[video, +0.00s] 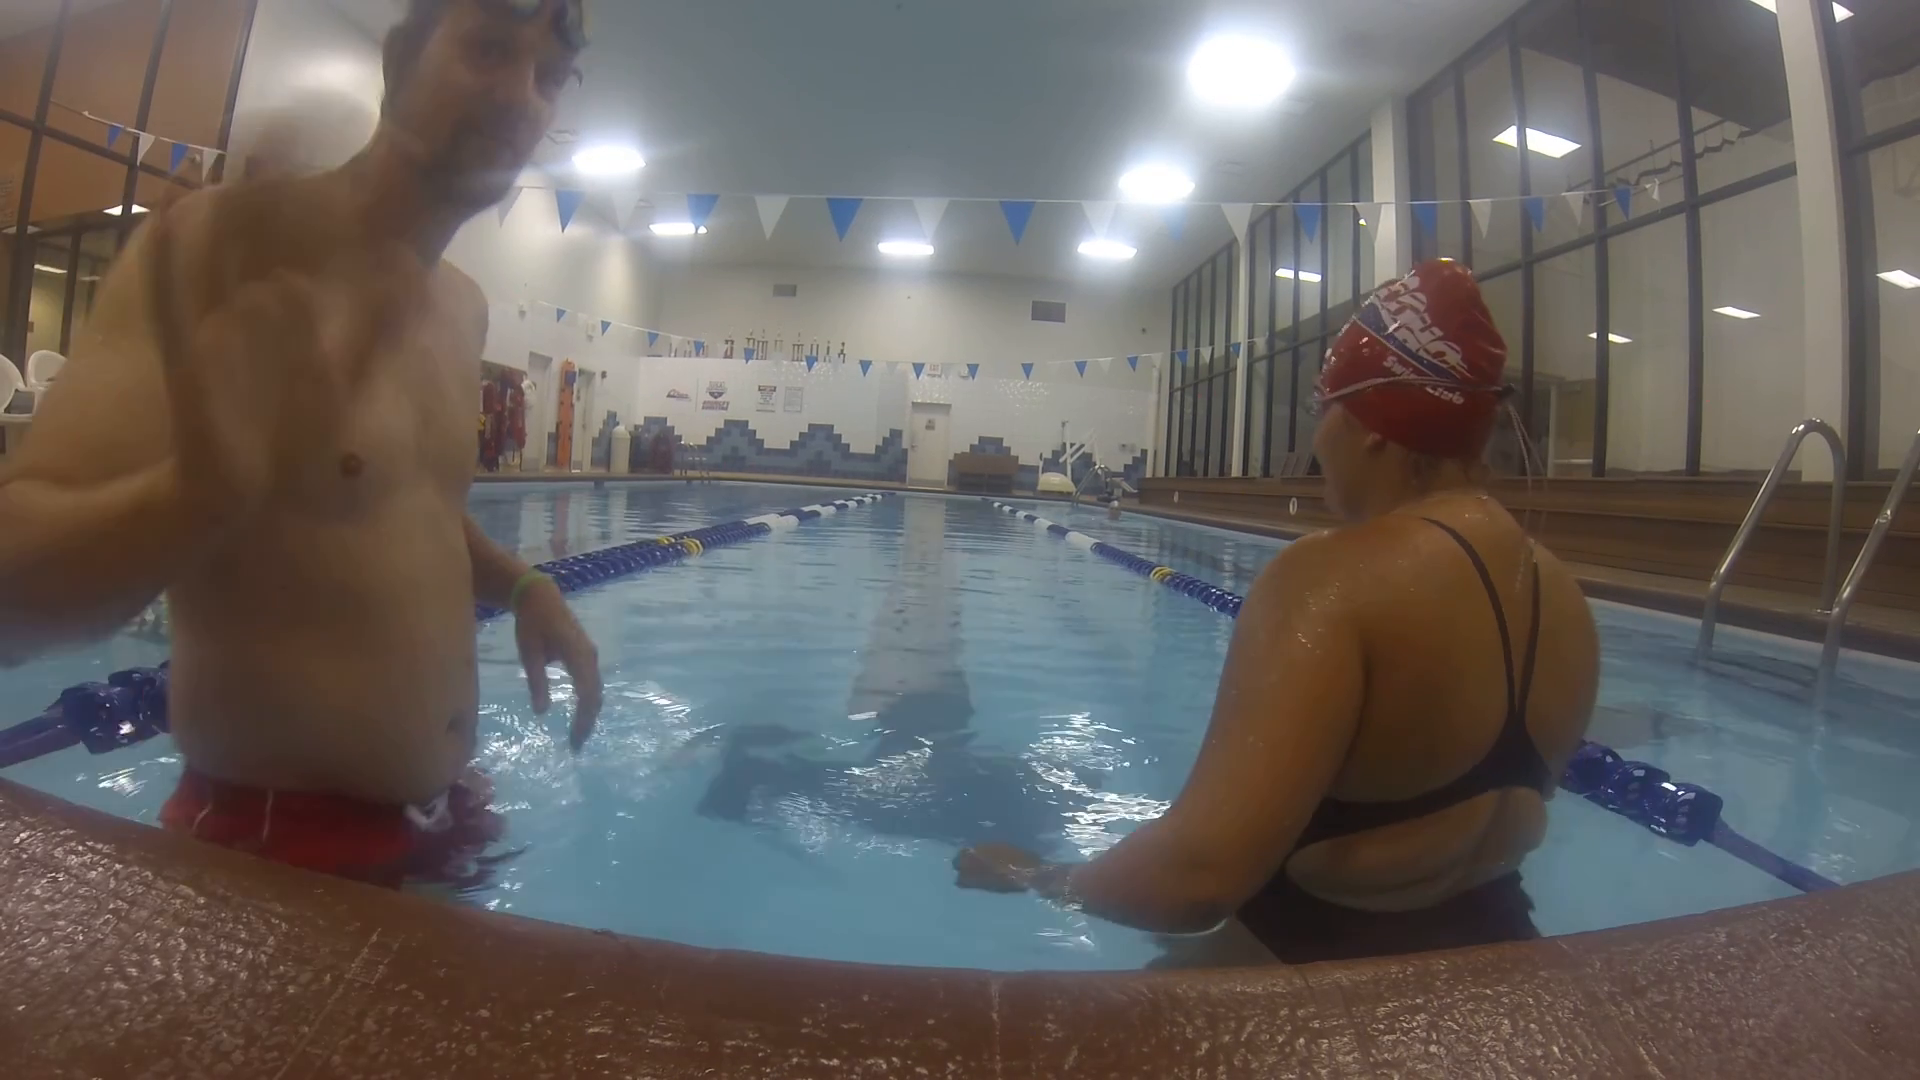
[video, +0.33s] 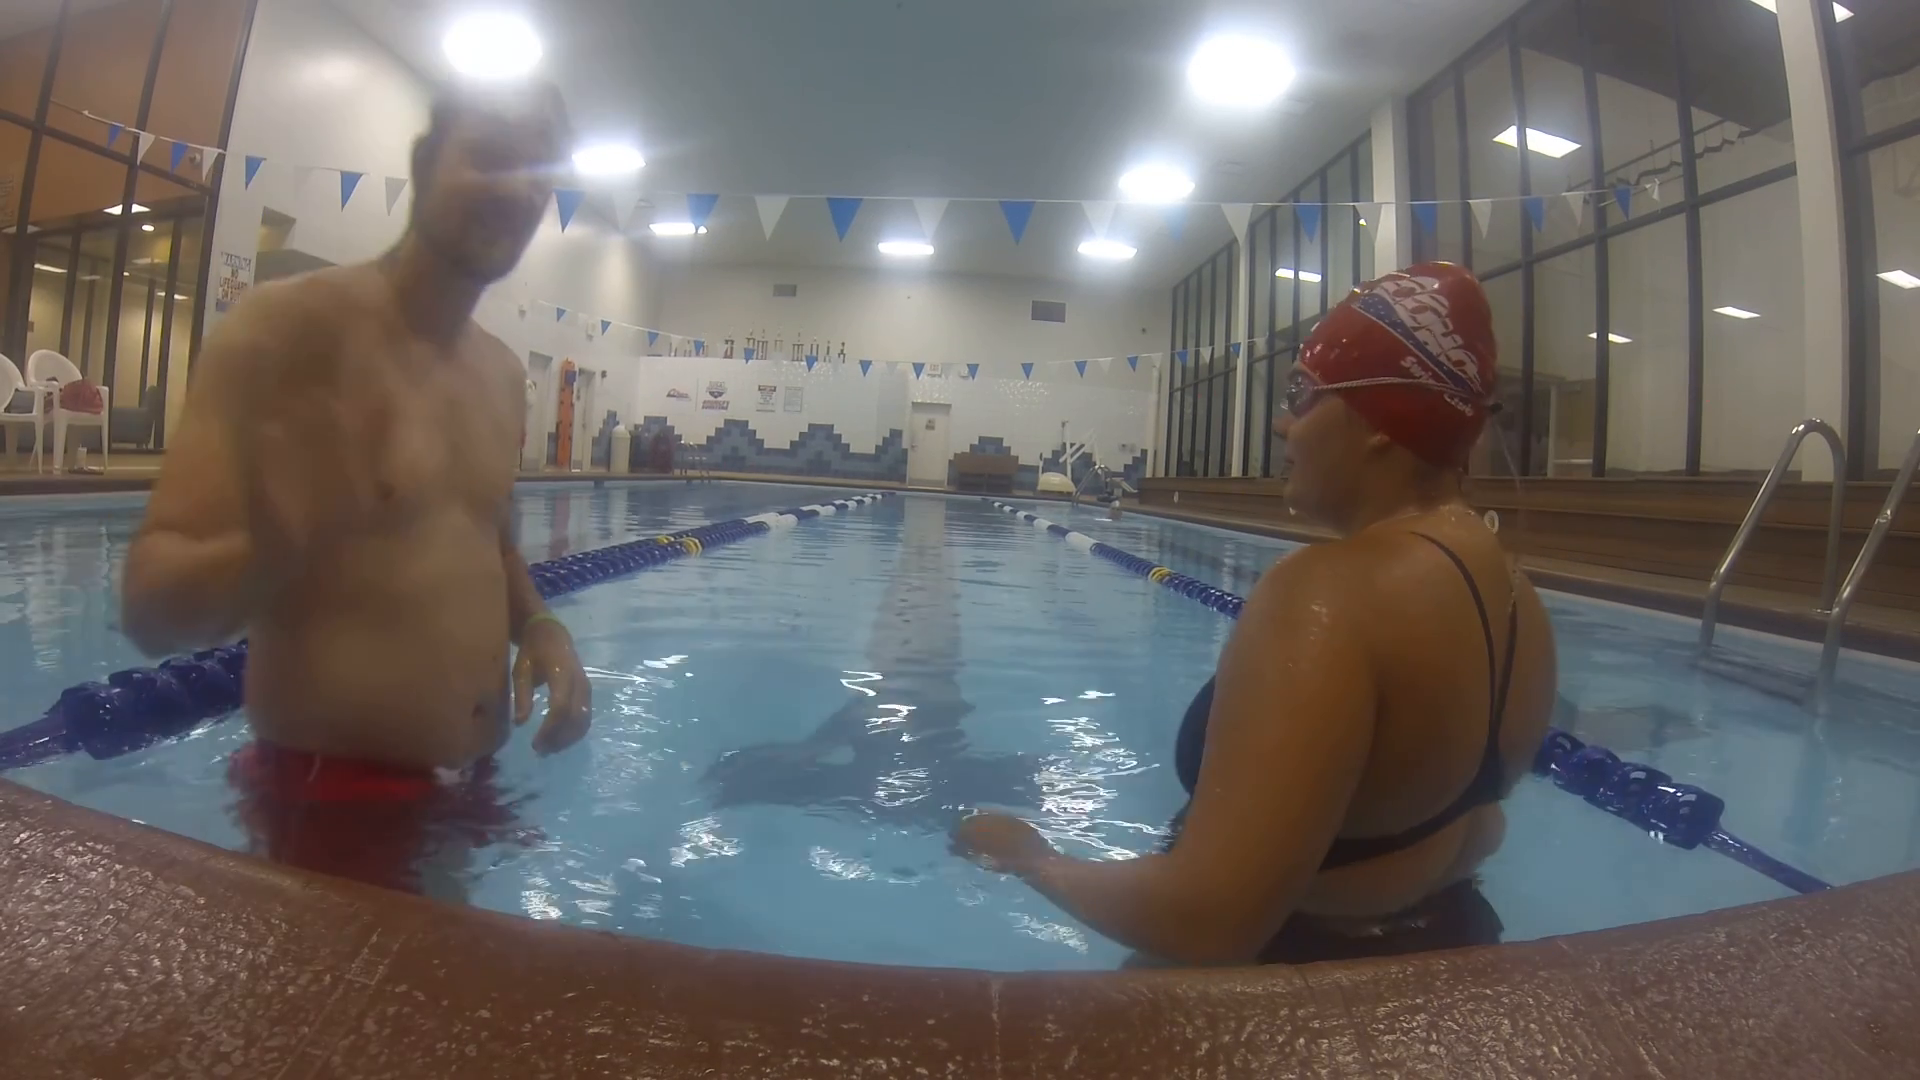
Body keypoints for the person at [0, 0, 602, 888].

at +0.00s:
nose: (523, 97)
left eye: (550, 78)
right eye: (490, 50)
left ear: (556, 114)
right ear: (398, 61)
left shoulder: (459, 305)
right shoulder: (215, 244)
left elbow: (418, 511)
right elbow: (16, 582)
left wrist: (522, 586)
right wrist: (198, 495)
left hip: (441, 826)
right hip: (267, 839)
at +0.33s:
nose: (515, 189)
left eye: (539, 168)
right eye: (487, 156)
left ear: (554, 197)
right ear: (421, 164)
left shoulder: (499, 371)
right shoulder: (284, 328)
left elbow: (490, 539)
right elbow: (152, 608)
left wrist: (539, 627)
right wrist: (292, 533)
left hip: (465, 795)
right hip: (329, 799)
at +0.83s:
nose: (634, 306)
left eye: (651, 290)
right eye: (617, 270)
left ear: (656, 308)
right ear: (546, 256)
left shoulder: (556, 431)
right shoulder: (388, 337)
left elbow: (524, 589)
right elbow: (204, 489)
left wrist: (538, 626)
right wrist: (371, 442)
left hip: (462, 737)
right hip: (325, 737)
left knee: (505, 826)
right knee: (337, 917)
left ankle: (484, 910)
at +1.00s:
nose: (649, 336)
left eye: (667, 321)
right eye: (632, 299)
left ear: (674, 332)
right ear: (566, 279)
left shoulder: (570, 446)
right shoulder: (401, 339)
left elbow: (521, 590)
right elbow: (233, 510)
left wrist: (540, 623)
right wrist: (395, 494)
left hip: (459, 746)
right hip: (312, 742)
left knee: (476, 839)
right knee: (341, 939)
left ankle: (450, 902)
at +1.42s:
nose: (650, 339)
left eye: (669, 325)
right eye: (634, 302)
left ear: (674, 339)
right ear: (566, 284)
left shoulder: (573, 460)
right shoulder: (406, 342)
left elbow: (526, 596)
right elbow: (224, 506)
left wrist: (544, 628)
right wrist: (394, 485)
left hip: (453, 738)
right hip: (308, 730)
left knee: (486, 860)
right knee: (333, 930)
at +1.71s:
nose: (636, 314)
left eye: (654, 303)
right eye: (625, 277)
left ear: (654, 323)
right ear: (559, 258)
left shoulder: (568, 448)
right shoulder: (387, 345)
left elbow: (531, 590)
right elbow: (195, 501)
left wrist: (543, 631)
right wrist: (391, 535)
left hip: (460, 738)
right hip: (318, 735)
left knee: (506, 839)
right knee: (355, 931)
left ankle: (426, 904)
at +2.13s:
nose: (506, 166)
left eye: (513, 146)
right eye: (477, 137)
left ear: (517, 169)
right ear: (389, 146)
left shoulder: (477, 354)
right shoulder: (263, 323)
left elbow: (475, 530)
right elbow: (155, 586)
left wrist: (517, 644)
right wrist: (390, 715)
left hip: (463, 776)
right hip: (327, 775)